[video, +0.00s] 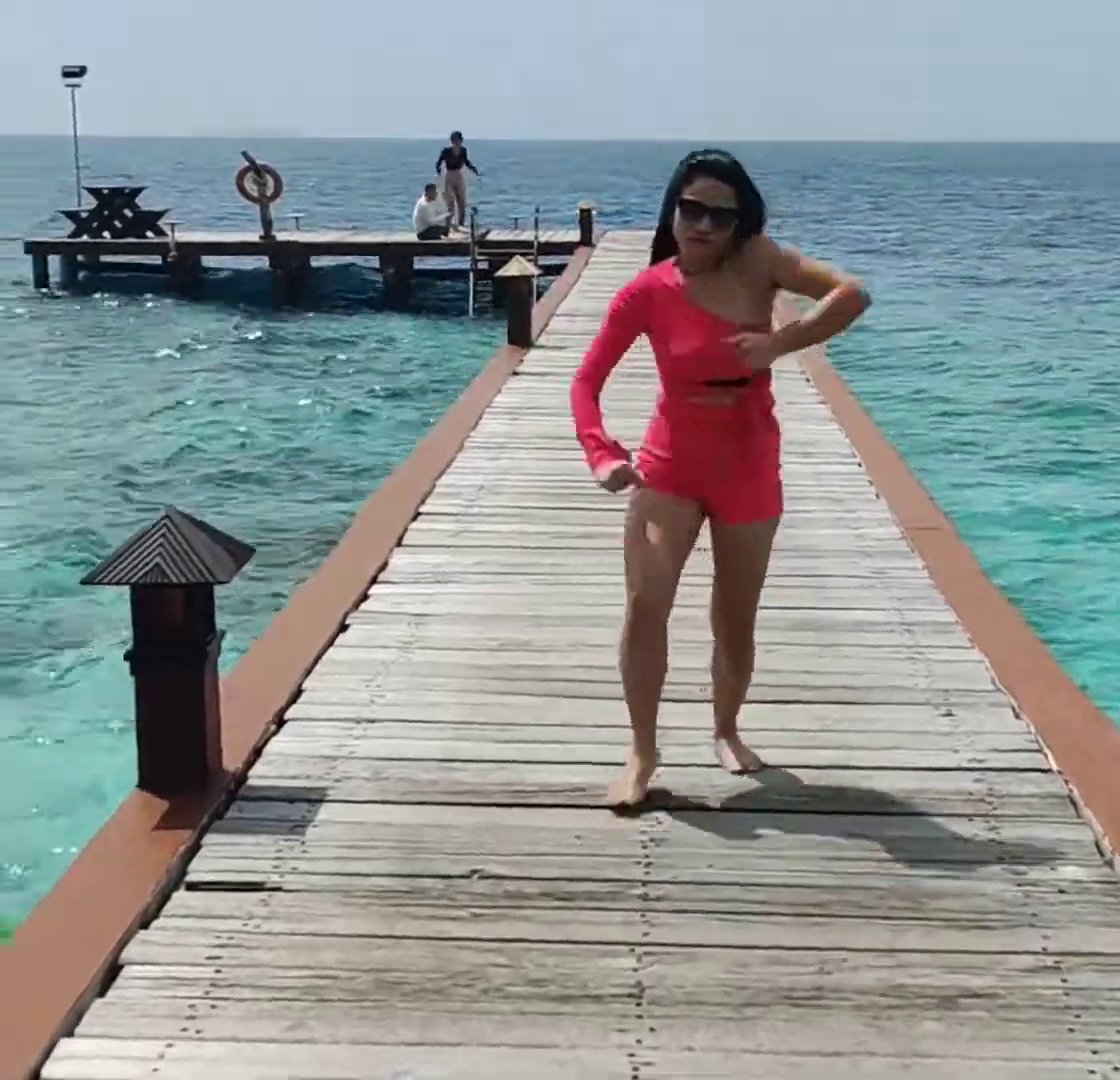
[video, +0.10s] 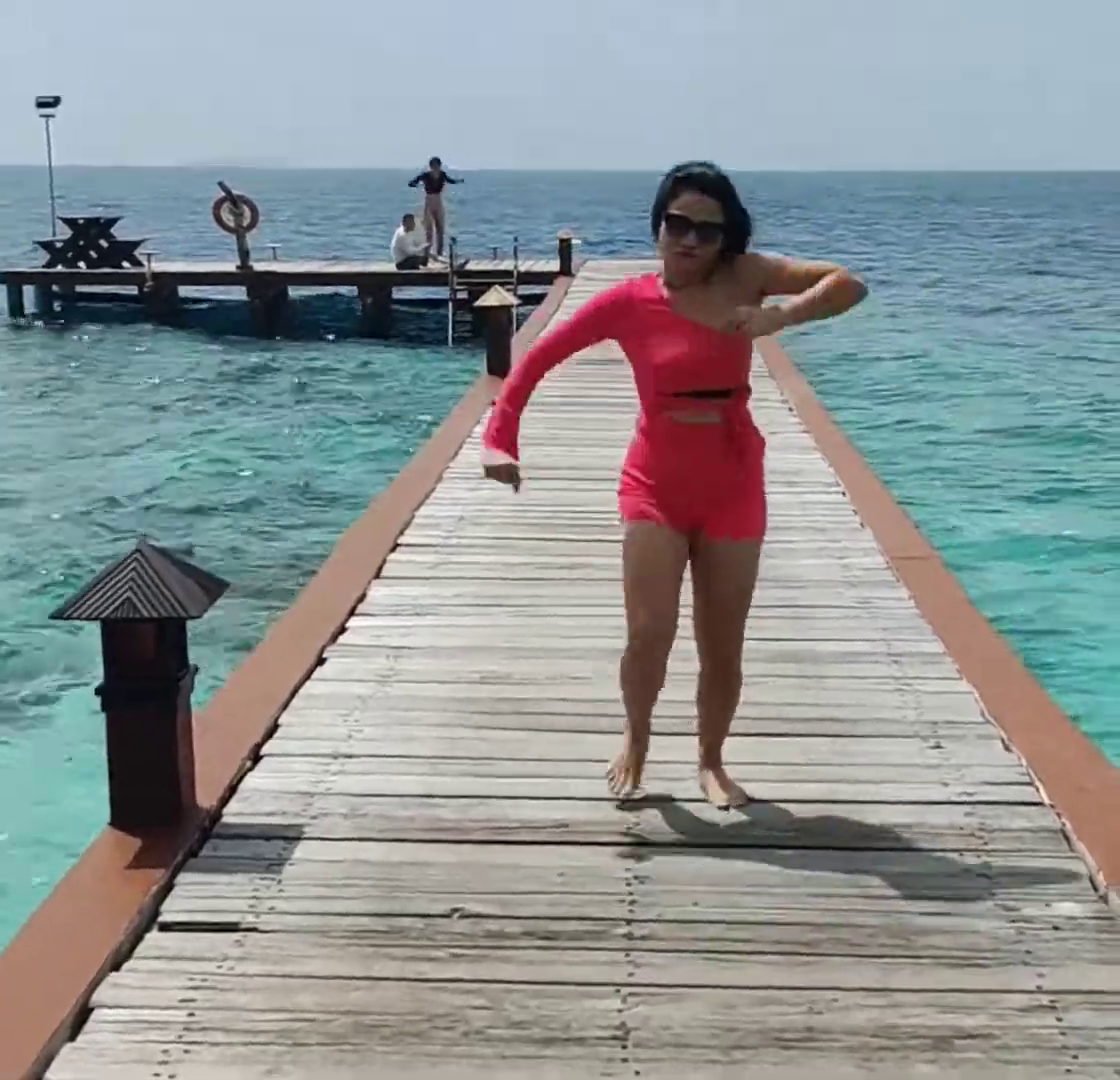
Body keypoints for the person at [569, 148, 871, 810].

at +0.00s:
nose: (701, 224)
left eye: (718, 213)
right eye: (689, 209)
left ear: (742, 219)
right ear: (671, 212)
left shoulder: (763, 263)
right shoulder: (648, 291)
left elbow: (852, 295)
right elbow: (585, 383)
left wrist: (782, 342)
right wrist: (602, 452)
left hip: (749, 465)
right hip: (670, 460)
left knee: (735, 620)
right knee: (644, 610)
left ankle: (726, 731)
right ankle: (641, 755)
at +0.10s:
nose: (687, 239)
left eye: (705, 228)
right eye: (675, 223)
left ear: (728, 234)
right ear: (657, 225)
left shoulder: (750, 275)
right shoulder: (629, 301)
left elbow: (849, 286)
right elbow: (536, 358)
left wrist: (782, 314)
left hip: (734, 482)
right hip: (655, 480)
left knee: (723, 644)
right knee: (648, 635)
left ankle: (711, 763)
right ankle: (634, 740)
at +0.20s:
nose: (681, 263)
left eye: (697, 252)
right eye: (668, 248)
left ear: (722, 258)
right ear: (651, 249)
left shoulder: (733, 303)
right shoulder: (619, 312)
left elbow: (829, 317)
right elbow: (517, 347)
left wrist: (748, 319)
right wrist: (432, 401)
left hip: (726, 508)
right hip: (647, 512)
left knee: (721, 669)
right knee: (658, 678)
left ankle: (703, 786)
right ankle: (625, 717)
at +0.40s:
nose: (660, 287)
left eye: (676, 277)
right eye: (647, 274)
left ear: (694, 287)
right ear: (627, 280)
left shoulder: (709, 351)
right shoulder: (590, 343)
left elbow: (795, 388)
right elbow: (488, 344)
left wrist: (715, 378)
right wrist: (386, 341)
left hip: (696, 530)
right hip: (618, 536)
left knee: (696, 690)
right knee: (633, 695)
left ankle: (688, 818)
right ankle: (603, 764)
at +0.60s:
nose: (594, 247)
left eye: (609, 237)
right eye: (582, 237)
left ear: (633, 250)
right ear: (565, 250)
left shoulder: (654, 318)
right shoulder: (540, 309)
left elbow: (752, 316)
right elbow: (444, 281)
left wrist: (671, 342)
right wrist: (348, 241)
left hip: (620, 502)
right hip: (544, 502)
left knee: (628, 664)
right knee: (555, 667)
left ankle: (646, 796)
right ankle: (561, 780)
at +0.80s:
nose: (540, 269)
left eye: (554, 257)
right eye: (527, 258)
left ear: (578, 265)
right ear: (511, 266)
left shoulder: (604, 325)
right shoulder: (499, 324)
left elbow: (693, 264)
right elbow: (422, 275)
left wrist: (629, 275)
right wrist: (346, 217)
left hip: (545, 524)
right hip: (476, 508)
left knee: (524, 679)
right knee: (486, 672)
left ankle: (578, 745)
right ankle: (526, 778)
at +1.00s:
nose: (521, 265)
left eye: (536, 256)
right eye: (509, 255)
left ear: (557, 267)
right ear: (491, 265)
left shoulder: (582, 320)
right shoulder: (477, 325)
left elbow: (656, 269)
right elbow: (396, 283)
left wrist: (693, 198)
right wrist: (314, 225)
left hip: (544, 523)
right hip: (473, 512)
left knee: (534, 676)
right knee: (467, 670)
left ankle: (551, 766)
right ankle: (511, 778)